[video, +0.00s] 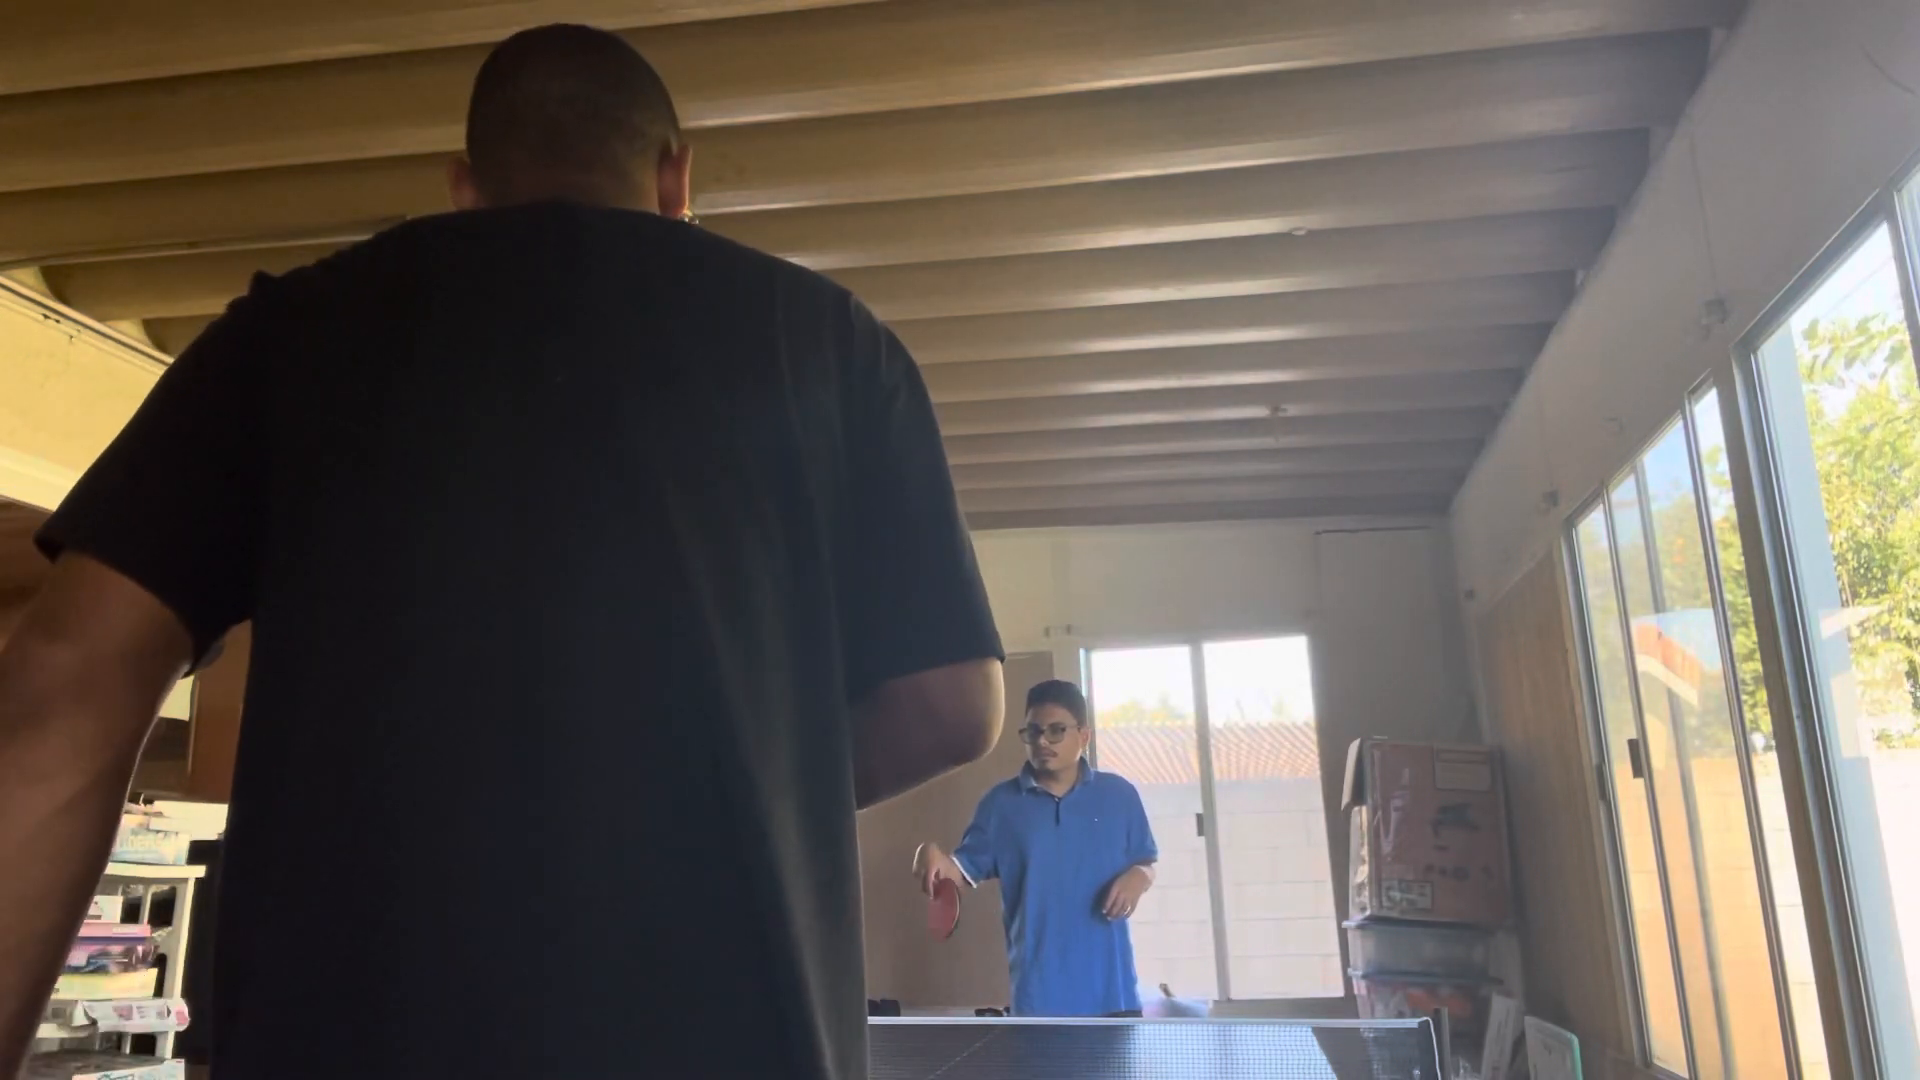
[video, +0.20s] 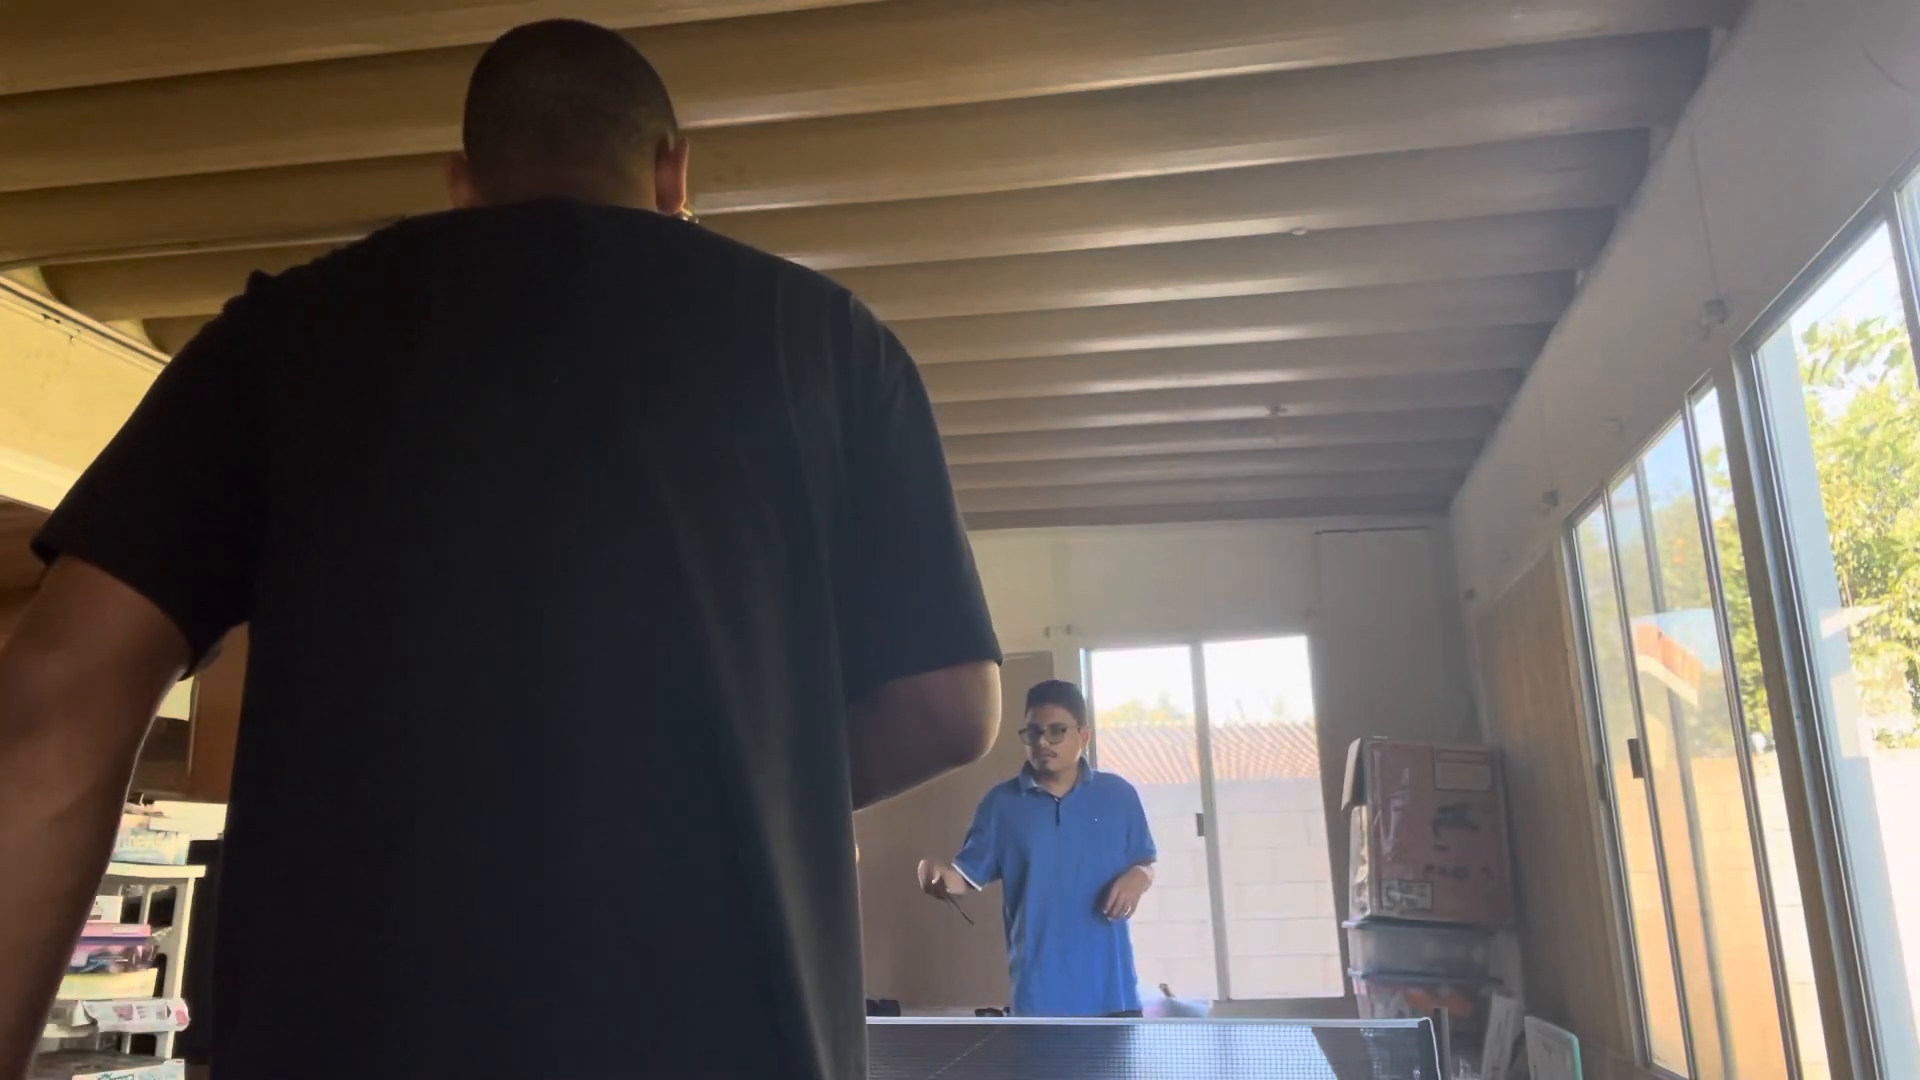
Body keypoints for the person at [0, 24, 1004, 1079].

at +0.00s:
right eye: (688, 184)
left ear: (462, 179)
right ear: (677, 181)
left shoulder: (298, 325)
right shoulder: (822, 331)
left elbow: (67, 687)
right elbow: (946, 707)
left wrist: (10, 1033)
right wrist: (733, 784)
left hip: (342, 1029)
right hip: (725, 1033)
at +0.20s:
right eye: (686, 179)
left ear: (458, 177)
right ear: (674, 177)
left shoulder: (296, 325)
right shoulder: (822, 329)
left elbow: (66, 685)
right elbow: (942, 711)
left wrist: (13, 1038)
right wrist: (726, 783)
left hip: (344, 1031)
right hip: (726, 1035)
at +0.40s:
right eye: (684, 177)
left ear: (457, 176)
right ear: (672, 174)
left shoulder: (291, 322)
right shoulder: (821, 328)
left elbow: (66, 688)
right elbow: (942, 712)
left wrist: (28, 1047)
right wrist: (721, 780)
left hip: (342, 1029)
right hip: (724, 1033)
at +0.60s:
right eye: (681, 169)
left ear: (456, 174)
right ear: (670, 168)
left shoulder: (289, 323)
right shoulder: (817, 325)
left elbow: (65, 692)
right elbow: (943, 709)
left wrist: (31, 1053)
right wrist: (725, 783)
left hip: (341, 1030)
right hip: (723, 1035)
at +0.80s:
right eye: (681, 164)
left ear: (453, 172)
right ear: (668, 164)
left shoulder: (286, 324)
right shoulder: (819, 322)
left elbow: (63, 684)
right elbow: (942, 707)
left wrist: (21, 1049)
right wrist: (725, 780)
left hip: (341, 1032)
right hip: (726, 1037)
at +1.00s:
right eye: (683, 162)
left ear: (451, 169)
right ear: (669, 163)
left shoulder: (284, 323)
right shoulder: (820, 319)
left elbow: (62, 688)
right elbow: (947, 705)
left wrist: (20, 1042)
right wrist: (727, 785)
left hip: (342, 1030)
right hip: (726, 1034)